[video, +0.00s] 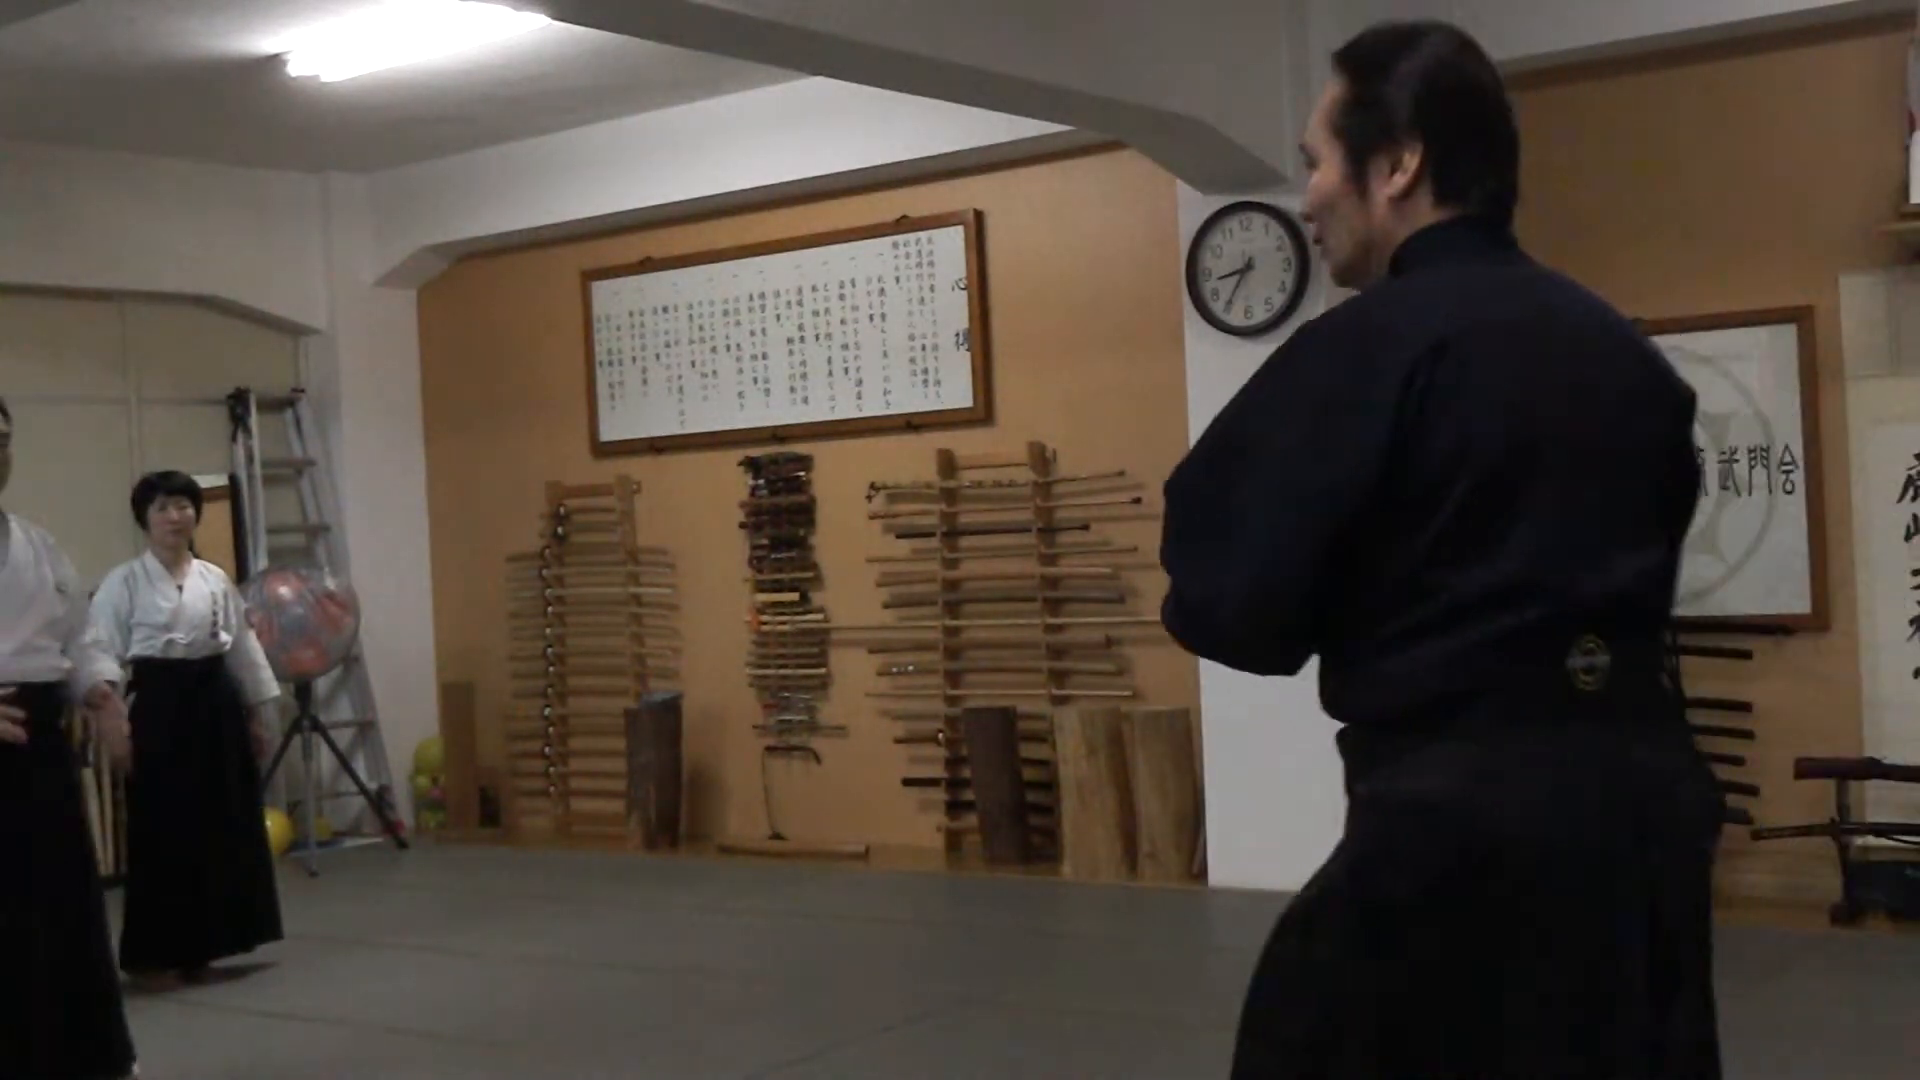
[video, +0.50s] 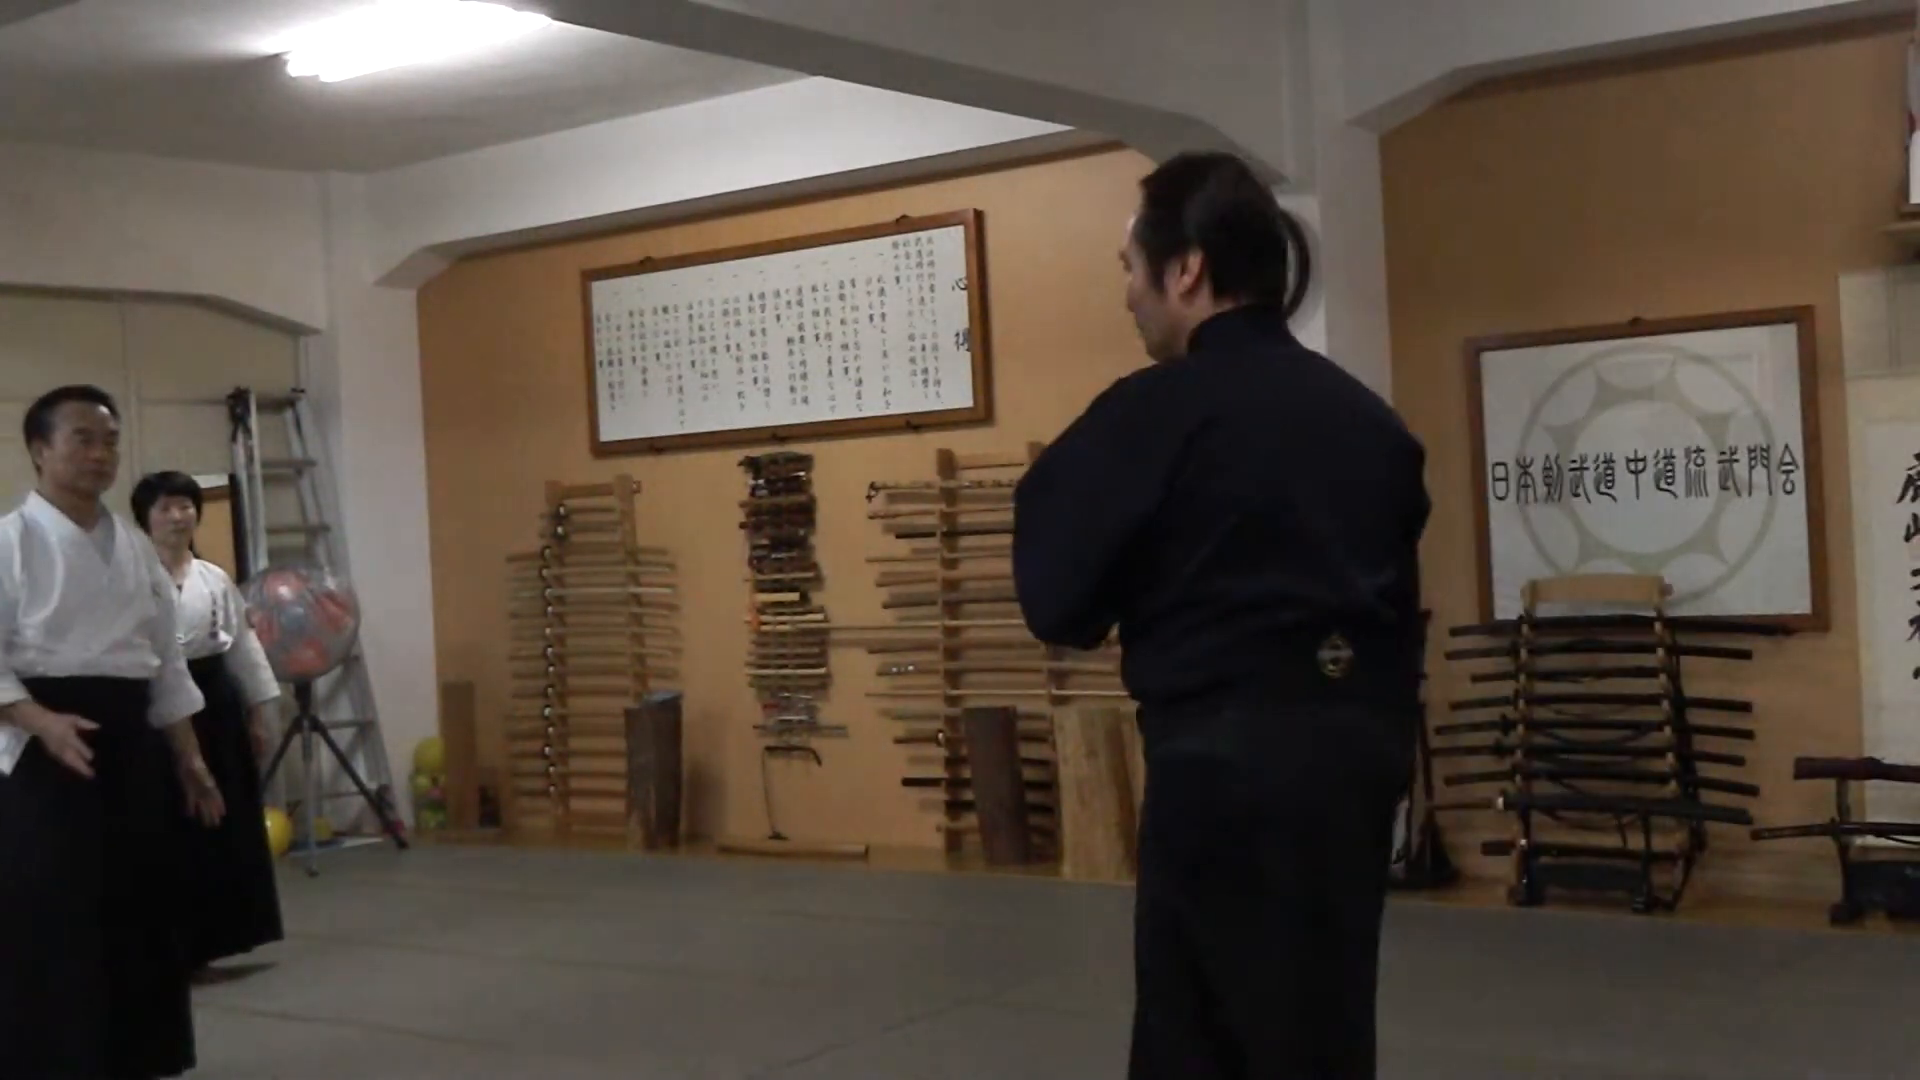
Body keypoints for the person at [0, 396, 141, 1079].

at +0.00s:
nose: (3, 446)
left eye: (6, 434)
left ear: (13, 447)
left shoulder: (34, 544)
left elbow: (79, 637)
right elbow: (79, 640)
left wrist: (104, 695)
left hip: (44, 727)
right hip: (16, 726)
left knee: (66, 896)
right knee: (31, 901)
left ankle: (94, 1052)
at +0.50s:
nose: (100, 452)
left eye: (109, 440)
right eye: (82, 438)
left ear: (118, 453)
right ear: (39, 450)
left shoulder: (135, 546)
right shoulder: (14, 538)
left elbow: (166, 659)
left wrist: (190, 754)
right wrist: (38, 721)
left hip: (132, 735)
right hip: (44, 738)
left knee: (140, 901)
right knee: (53, 909)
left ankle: (138, 1055)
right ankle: (56, 1058)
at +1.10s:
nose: (120, 451)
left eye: (128, 439)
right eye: (101, 437)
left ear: (135, 452)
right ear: (57, 450)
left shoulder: (150, 547)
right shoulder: (23, 545)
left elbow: (178, 654)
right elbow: (2, 663)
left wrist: (220, 722)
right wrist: (62, 670)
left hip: (149, 754)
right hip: (56, 764)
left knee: (155, 926)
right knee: (64, 936)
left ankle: (157, 1060)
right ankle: (73, 1064)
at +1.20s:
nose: (117, 456)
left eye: (125, 443)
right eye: (99, 441)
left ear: (132, 452)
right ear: (54, 449)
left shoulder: (135, 540)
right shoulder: (28, 532)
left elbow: (159, 652)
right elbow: (10, 643)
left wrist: (207, 662)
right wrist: (81, 611)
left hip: (140, 748)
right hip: (59, 753)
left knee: (148, 920)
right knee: (69, 930)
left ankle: (149, 1059)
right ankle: (77, 1064)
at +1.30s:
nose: (115, 461)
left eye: (123, 448)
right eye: (98, 446)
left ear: (128, 454)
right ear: (50, 451)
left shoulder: (120, 536)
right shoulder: (25, 526)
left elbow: (185, 636)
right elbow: (64, 581)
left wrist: (186, 590)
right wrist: (147, 551)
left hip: (123, 752)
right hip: (51, 760)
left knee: (138, 926)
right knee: (68, 936)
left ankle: (141, 1058)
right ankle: (77, 1063)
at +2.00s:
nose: (130, 462)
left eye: (138, 447)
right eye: (112, 447)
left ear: (145, 454)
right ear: (64, 454)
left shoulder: (141, 542)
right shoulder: (38, 543)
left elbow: (169, 631)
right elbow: (93, 637)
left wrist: (192, 684)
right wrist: (172, 652)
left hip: (133, 752)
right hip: (54, 762)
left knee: (144, 924)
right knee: (68, 937)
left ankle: (147, 1059)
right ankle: (78, 1066)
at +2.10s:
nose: (131, 462)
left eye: (140, 448)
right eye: (112, 447)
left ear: (148, 456)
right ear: (67, 455)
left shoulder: (162, 548)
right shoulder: (33, 549)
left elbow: (193, 653)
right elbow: (28, 664)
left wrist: (212, 748)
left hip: (158, 735)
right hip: (64, 746)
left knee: (159, 923)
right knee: (76, 928)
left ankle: (158, 1063)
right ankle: (76, 1064)